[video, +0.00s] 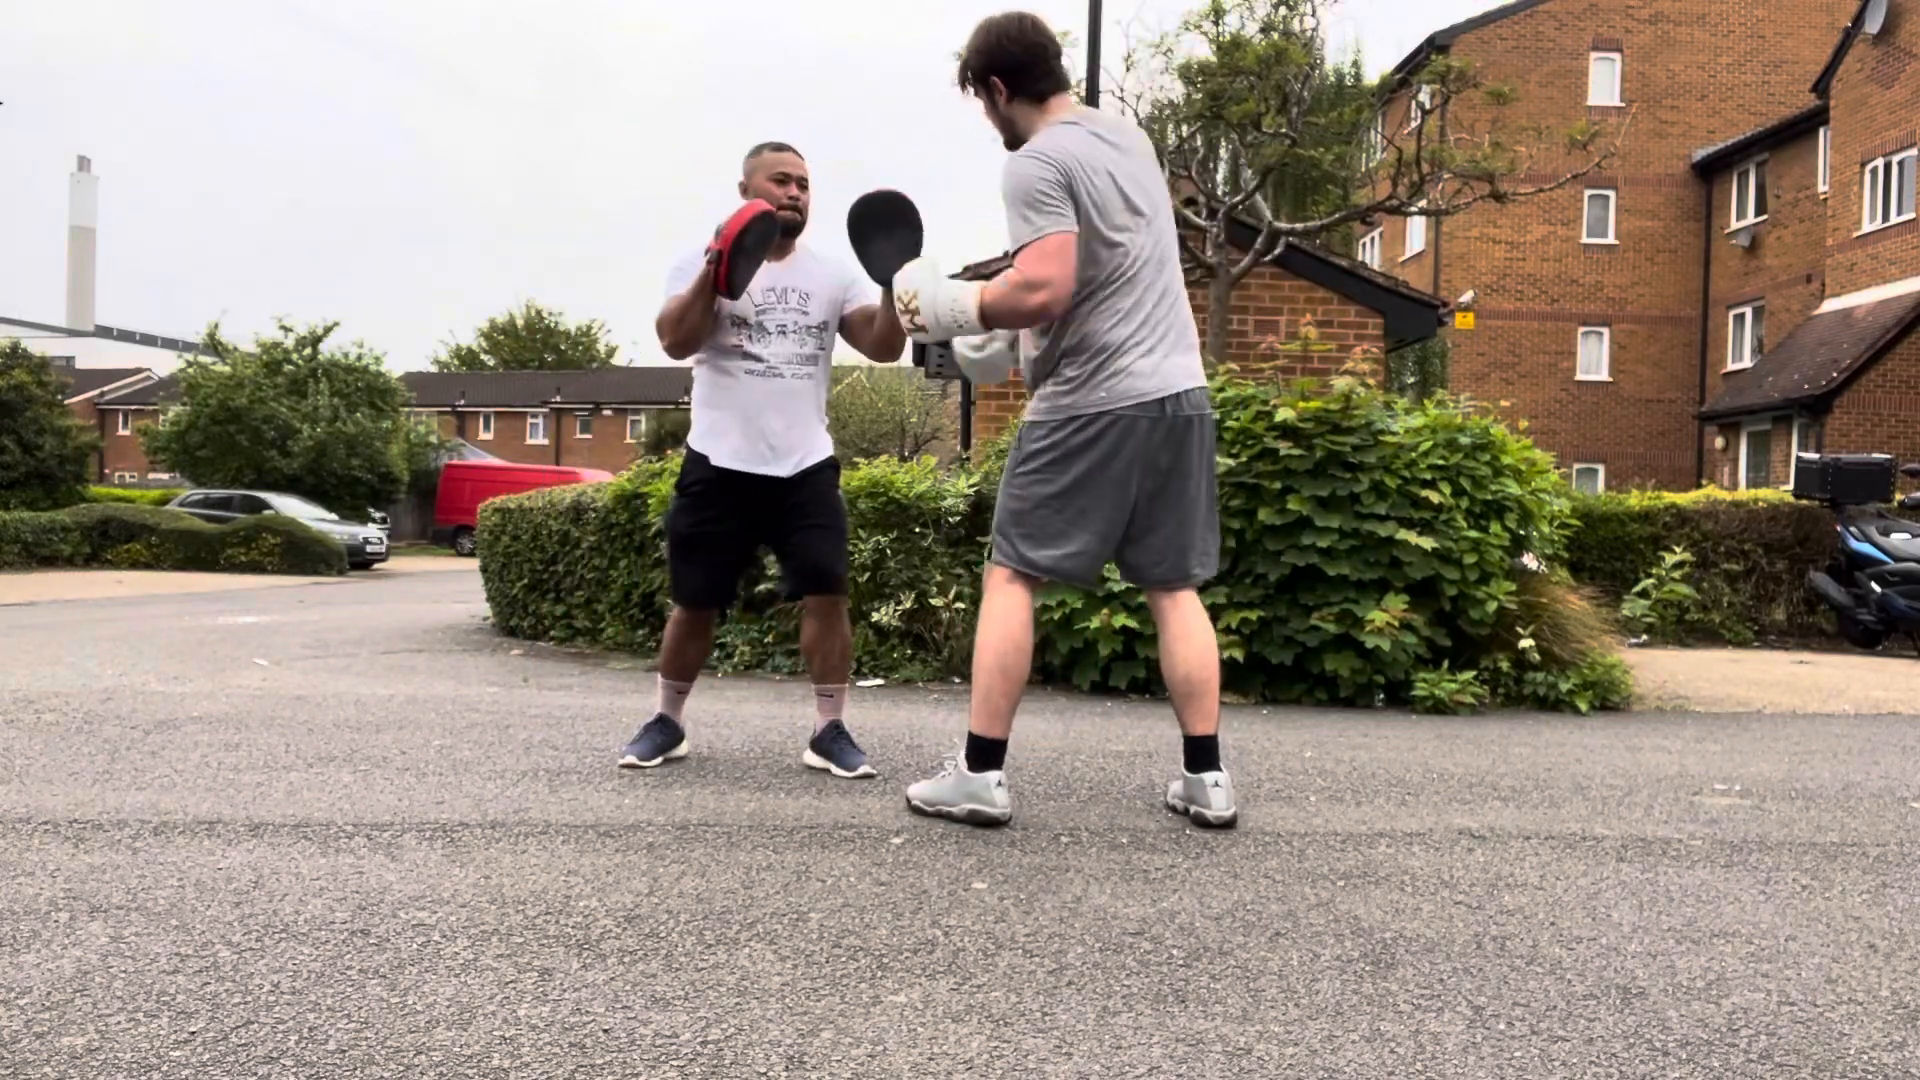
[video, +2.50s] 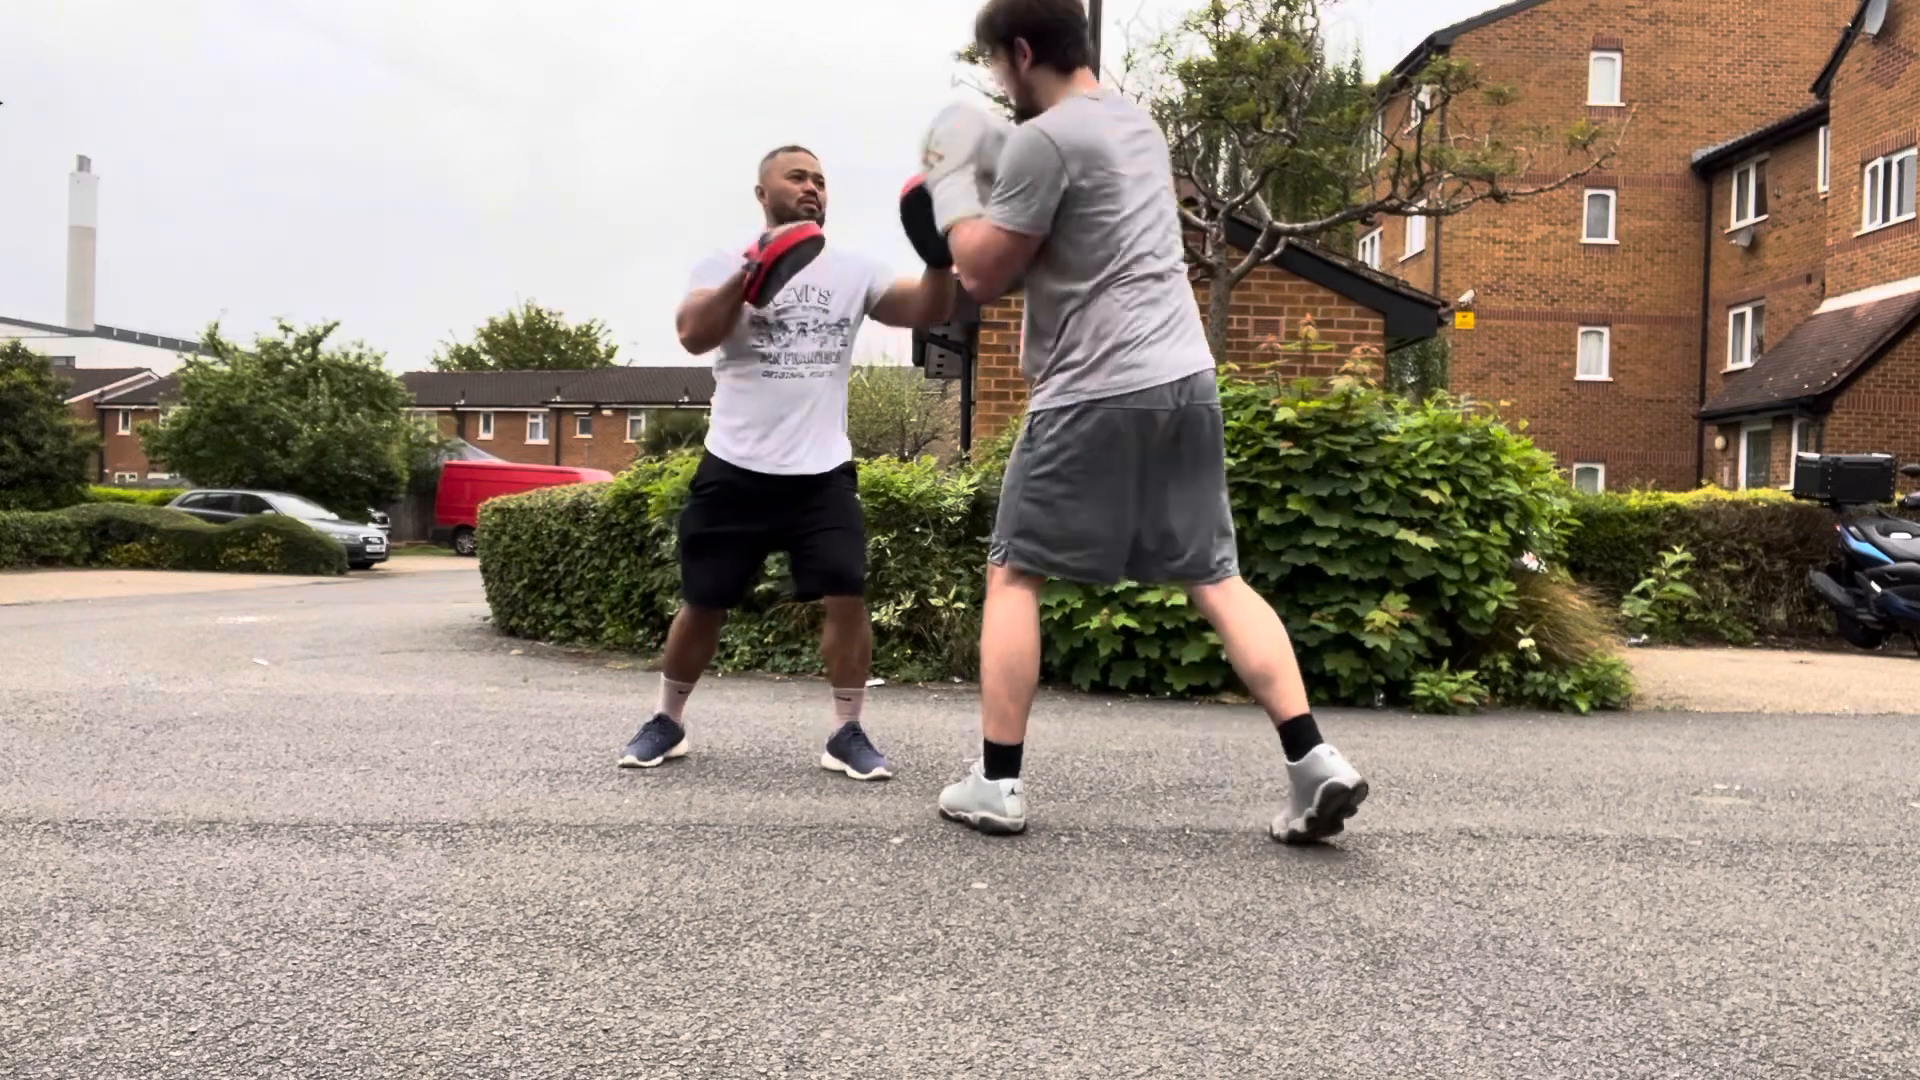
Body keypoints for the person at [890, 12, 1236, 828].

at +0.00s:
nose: (983, 115)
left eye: (979, 99)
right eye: (979, 100)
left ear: (997, 88)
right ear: (1055, 74)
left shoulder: (1038, 160)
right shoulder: (1126, 133)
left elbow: (1045, 288)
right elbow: (1113, 287)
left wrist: (947, 301)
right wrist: (1000, 345)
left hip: (1092, 402)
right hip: (1181, 393)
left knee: (1012, 572)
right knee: (1173, 582)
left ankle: (980, 772)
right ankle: (1208, 778)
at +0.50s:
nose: (1073, 104)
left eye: (1069, 93)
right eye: (1073, 94)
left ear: (1082, 86)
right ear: (1149, 73)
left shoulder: (1060, 165)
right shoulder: (1225, 133)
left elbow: (1030, 289)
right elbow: (1290, 249)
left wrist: (1110, 271)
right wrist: (1257, 294)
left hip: (1091, 407)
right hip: (1196, 404)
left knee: (1039, 580)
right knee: (1199, 597)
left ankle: (983, 771)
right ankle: (1208, 780)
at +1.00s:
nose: (1122, 84)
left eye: (1122, 70)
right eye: (1120, 72)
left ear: (1146, 55)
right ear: (1209, 57)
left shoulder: (1131, 119)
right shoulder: (1266, 145)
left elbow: (1061, 239)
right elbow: (1240, 247)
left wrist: (1071, 187)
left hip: (1132, 394)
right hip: (1229, 399)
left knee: (1055, 556)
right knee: (1204, 583)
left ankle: (1037, 749)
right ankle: (1210, 779)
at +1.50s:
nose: (1041, 84)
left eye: (1039, 73)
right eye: (1040, 74)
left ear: (1056, 62)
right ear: (1126, 56)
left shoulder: (1041, 118)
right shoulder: (1194, 132)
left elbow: (977, 241)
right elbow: (1164, 230)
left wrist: (1023, 162)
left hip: (1078, 397)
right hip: (1183, 392)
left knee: (1026, 582)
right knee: (1184, 578)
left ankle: (1001, 784)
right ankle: (1231, 764)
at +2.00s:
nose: (991, 93)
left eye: (990, 82)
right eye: (989, 82)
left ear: (1012, 73)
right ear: (1076, 64)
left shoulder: (989, 141)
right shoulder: (1153, 136)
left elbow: (910, 208)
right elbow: (1161, 241)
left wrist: (891, 188)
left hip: (1042, 400)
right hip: (1152, 397)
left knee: (994, 584)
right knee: (1191, 581)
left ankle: (997, 780)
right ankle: (1252, 767)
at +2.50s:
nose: (994, 82)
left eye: (994, 64)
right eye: (991, 66)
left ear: (1020, 52)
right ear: (1076, 48)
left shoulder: (1044, 137)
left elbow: (983, 268)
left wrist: (948, 194)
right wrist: (998, 165)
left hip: (1093, 392)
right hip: (1188, 380)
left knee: (1013, 573)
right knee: (1217, 575)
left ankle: (997, 782)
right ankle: (1315, 762)